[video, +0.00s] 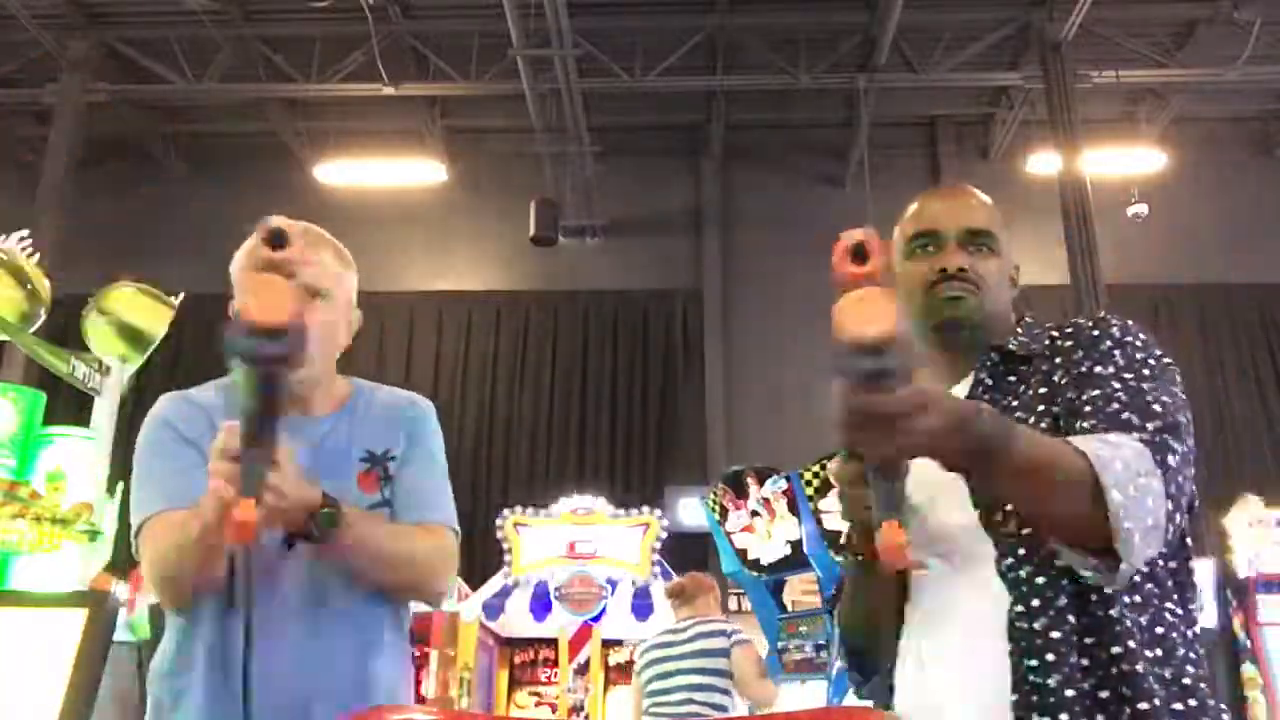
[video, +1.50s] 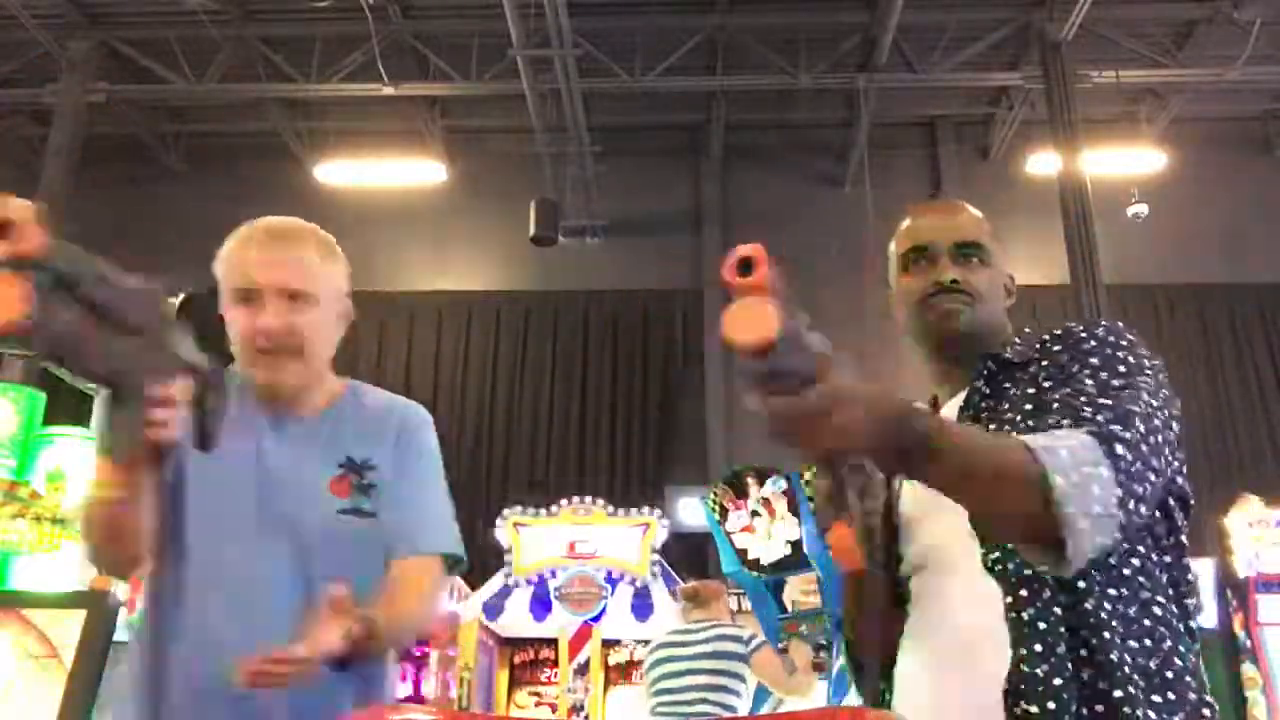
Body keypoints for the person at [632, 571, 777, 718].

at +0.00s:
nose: (721, 610)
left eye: (719, 603)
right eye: (719, 602)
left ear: (675, 608)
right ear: (713, 598)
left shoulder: (646, 647)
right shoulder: (728, 632)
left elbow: (638, 712)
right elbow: (755, 691)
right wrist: (770, 692)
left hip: (656, 714)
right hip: (708, 713)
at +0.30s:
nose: (718, 607)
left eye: (716, 600)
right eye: (715, 599)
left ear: (673, 607)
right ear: (706, 597)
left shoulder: (645, 647)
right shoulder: (729, 631)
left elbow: (630, 713)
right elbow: (777, 679)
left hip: (655, 715)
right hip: (706, 713)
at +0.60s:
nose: (718, 609)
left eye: (716, 603)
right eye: (716, 603)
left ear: (673, 611)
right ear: (711, 602)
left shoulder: (646, 650)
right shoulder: (729, 633)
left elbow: (645, 703)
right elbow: (789, 682)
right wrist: (798, 652)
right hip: (713, 712)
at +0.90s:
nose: (725, 606)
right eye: (723, 600)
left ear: (678, 610)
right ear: (718, 599)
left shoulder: (652, 647)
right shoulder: (735, 635)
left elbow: (649, 702)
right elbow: (790, 685)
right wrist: (799, 657)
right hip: (715, 713)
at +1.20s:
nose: (728, 608)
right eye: (726, 603)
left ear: (682, 612)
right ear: (721, 604)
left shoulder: (655, 646)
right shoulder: (739, 636)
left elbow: (650, 699)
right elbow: (795, 686)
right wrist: (800, 654)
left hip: (662, 715)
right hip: (715, 713)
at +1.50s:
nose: (731, 609)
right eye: (728, 602)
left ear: (684, 612)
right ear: (722, 603)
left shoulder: (656, 647)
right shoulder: (742, 637)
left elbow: (651, 701)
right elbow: (792, 688)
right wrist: (802, 659)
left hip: (662, 716)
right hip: (715, 713)